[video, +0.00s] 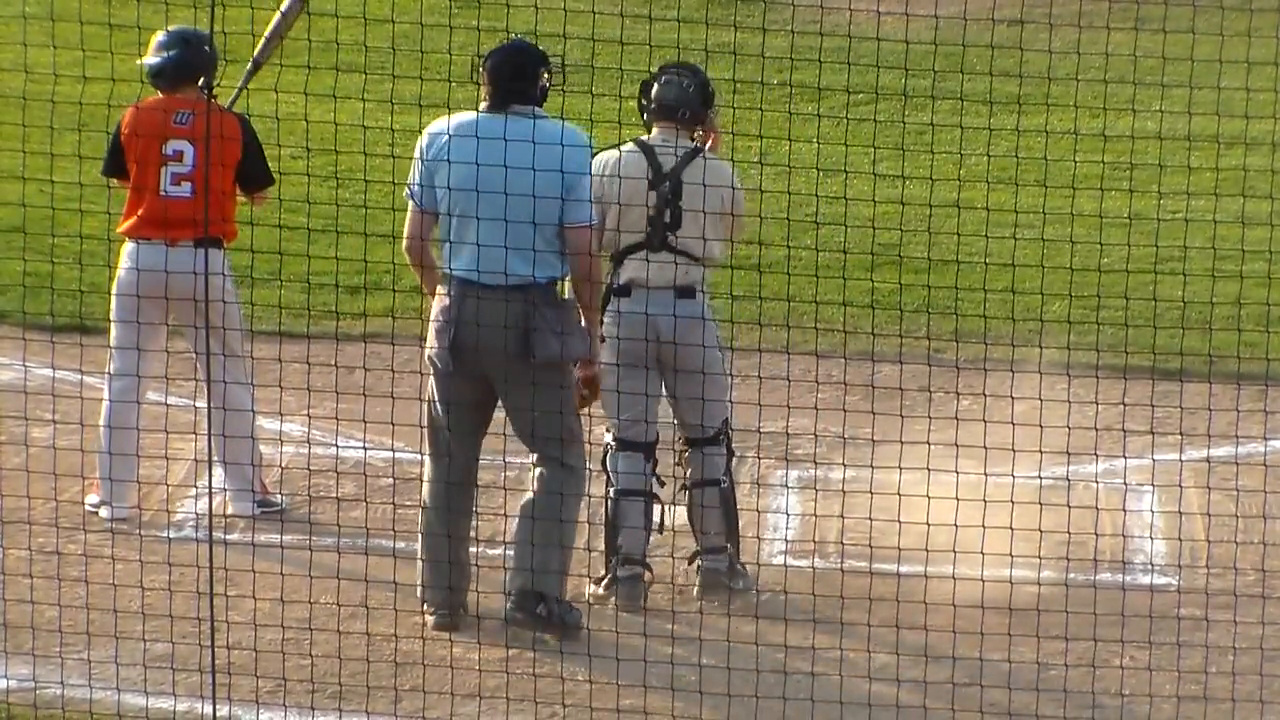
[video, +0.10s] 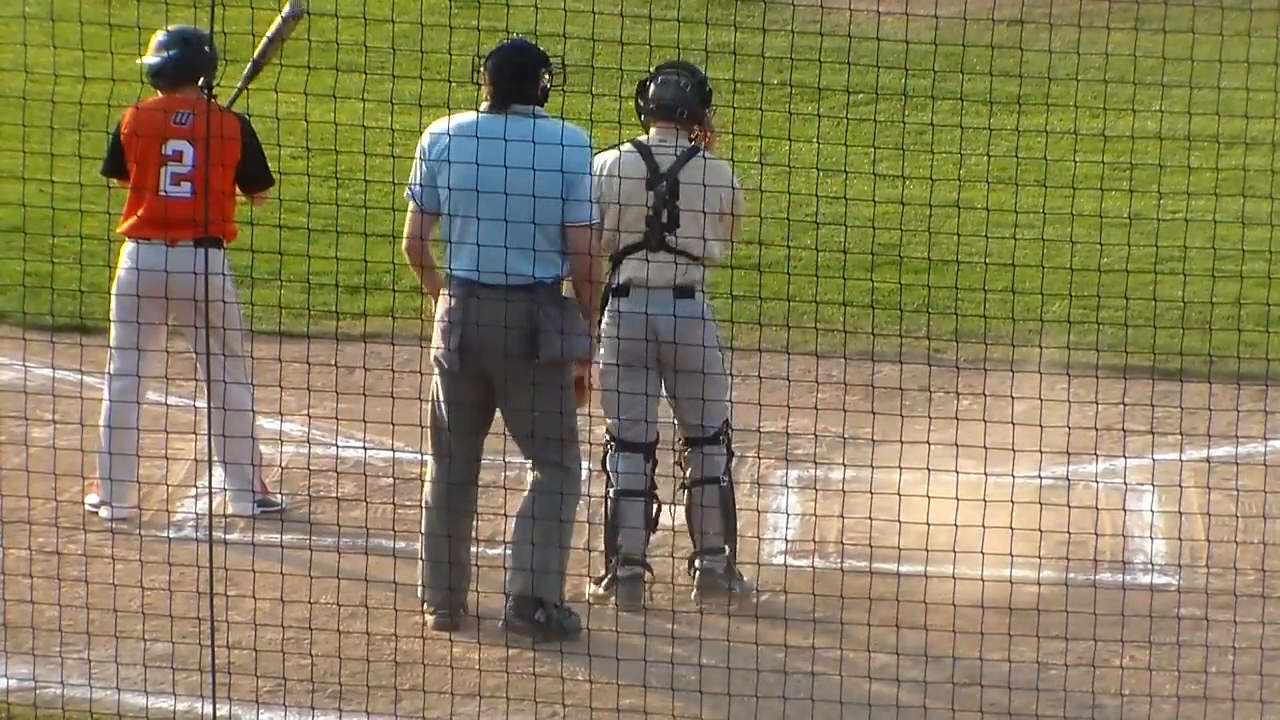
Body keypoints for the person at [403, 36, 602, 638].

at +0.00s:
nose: (543, 90)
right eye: (543, 83)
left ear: (483, 87)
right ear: (541, 88)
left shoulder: (440, 136)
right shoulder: (570, 143)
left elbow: (415, 244)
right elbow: (583, 252)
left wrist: (441, 295)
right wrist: (591, 335)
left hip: (457, 318)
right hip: (536, 321)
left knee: (450, 461)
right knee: (561, 459)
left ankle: (444, 600)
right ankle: (534, 593)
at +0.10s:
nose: (543, 91)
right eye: (543, 84)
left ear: (484, 87)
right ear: (541, 88)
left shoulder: (442, 137)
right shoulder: (570, 142)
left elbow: (414, 243)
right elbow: (584, 256)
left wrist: (439, 292)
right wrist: (588, 337)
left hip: (461, 318)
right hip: (537, 321)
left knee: (452, 461)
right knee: (556, 463)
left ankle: (444, 600)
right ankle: (532, 599)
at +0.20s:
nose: (553, 92)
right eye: (552, 84)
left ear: (490, 88)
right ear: (547, 89)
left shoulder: (449, 139)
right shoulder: (577, 143)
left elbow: (423, 246)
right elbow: (592, 253)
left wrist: (439, 302)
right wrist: (591, 333)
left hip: (471, 315)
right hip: (547, 318)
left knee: (456, 461)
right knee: (545, 466)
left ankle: (444, 600)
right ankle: (530, 608)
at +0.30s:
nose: (562, 95)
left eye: (557, 86)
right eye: (561, 88)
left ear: (500, 90)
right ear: (555, 91)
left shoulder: (458, 142)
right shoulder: (586, 148)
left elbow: (433, 251)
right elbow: (604, 256)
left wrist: (436, 320)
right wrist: (596, 338)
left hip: (478, 316)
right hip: (555, 319)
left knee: (459, 451)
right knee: (543, 463)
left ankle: (444, 593)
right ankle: (529, 608)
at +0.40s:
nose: (571, 96)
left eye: (567, 88)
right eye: (569, 89)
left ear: (508, 92)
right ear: (562, 93)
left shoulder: (463, 142)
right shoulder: (592, 151)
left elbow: (438, 251)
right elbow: (607, 263)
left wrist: (434, 327)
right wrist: (605, 341)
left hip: (480, 318)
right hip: (558, 322)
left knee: (460, 443)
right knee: (548, 462)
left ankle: (442, 585)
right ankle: (529, 608)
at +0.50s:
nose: (574, 98)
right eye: (574, 91)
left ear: (511, 92)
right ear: (567, 94)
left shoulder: (467, 141)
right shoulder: (594, 151)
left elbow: (440, 249)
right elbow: (607, 259)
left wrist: (432, 328)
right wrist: (613, 338)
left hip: (482, 316)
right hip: (559, 321)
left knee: (465, 450)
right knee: (548, 464)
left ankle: (441, 591)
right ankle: (529, 609)